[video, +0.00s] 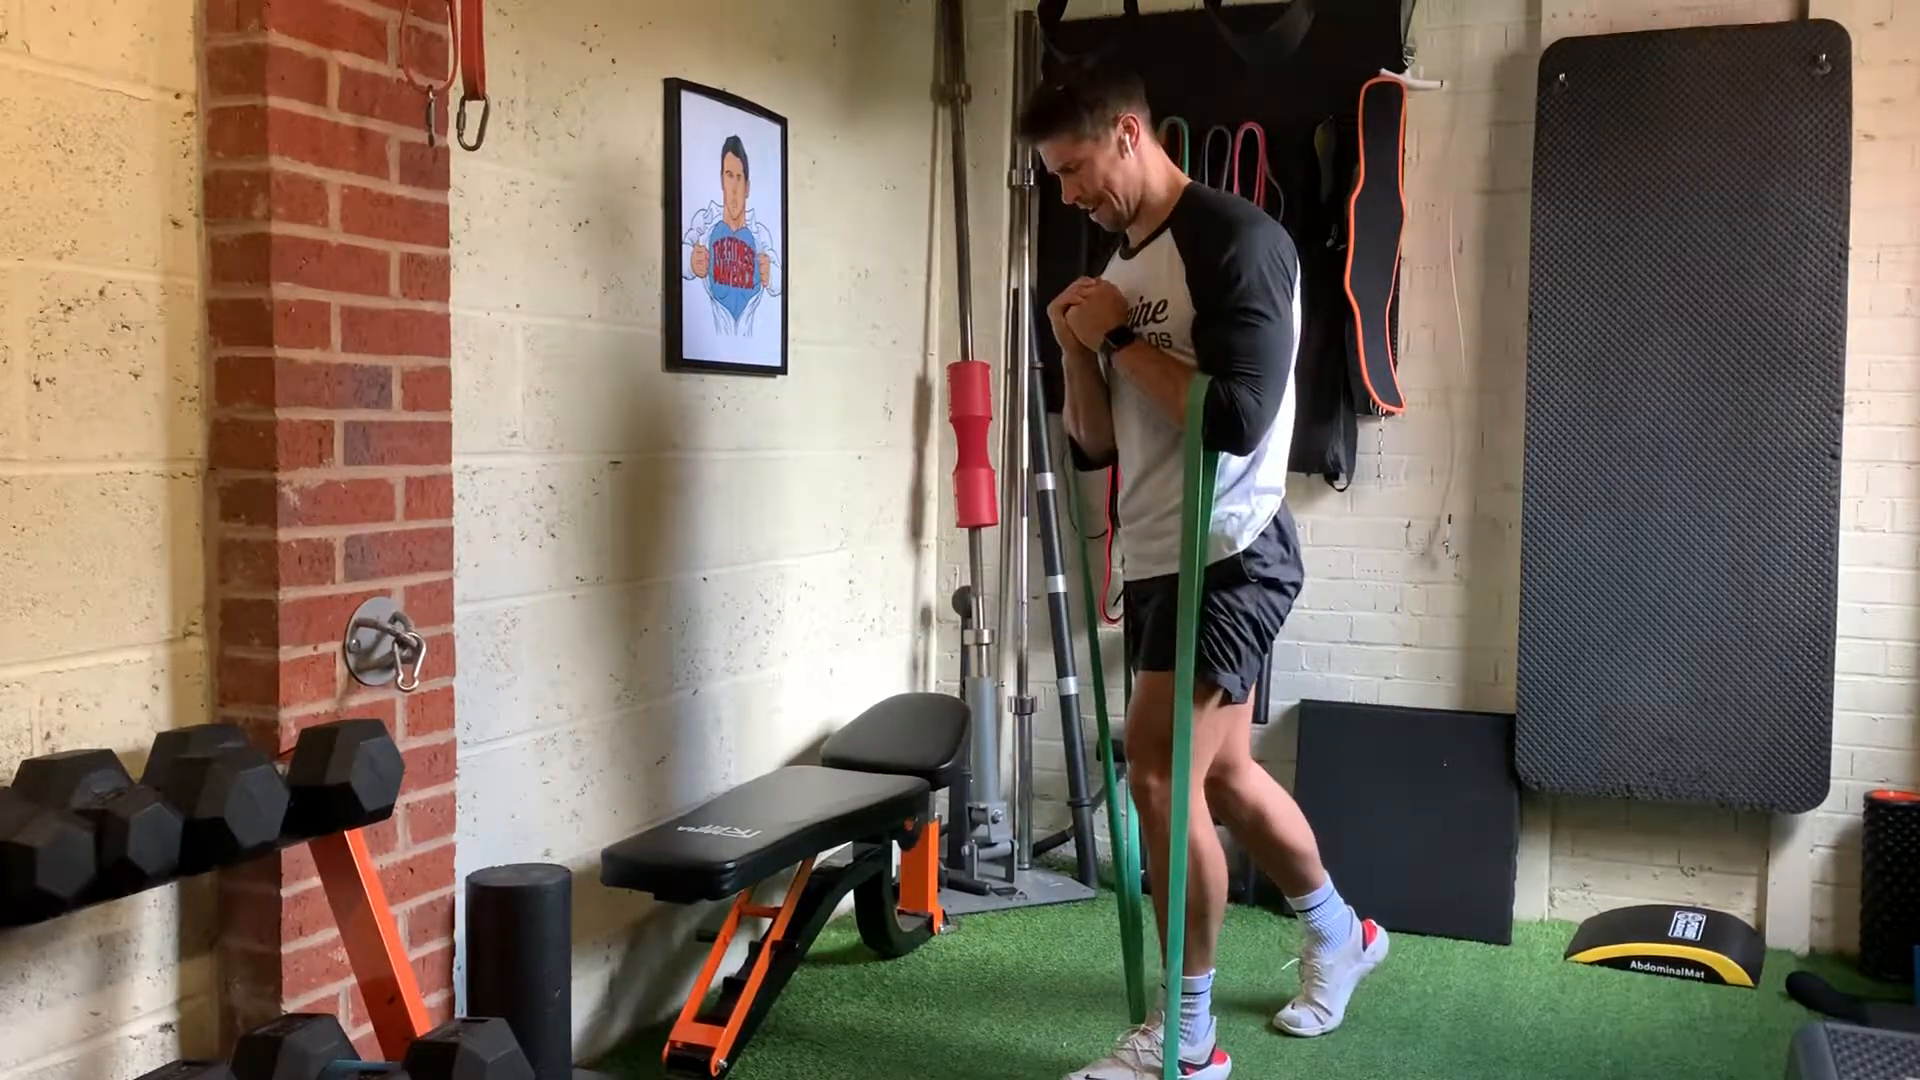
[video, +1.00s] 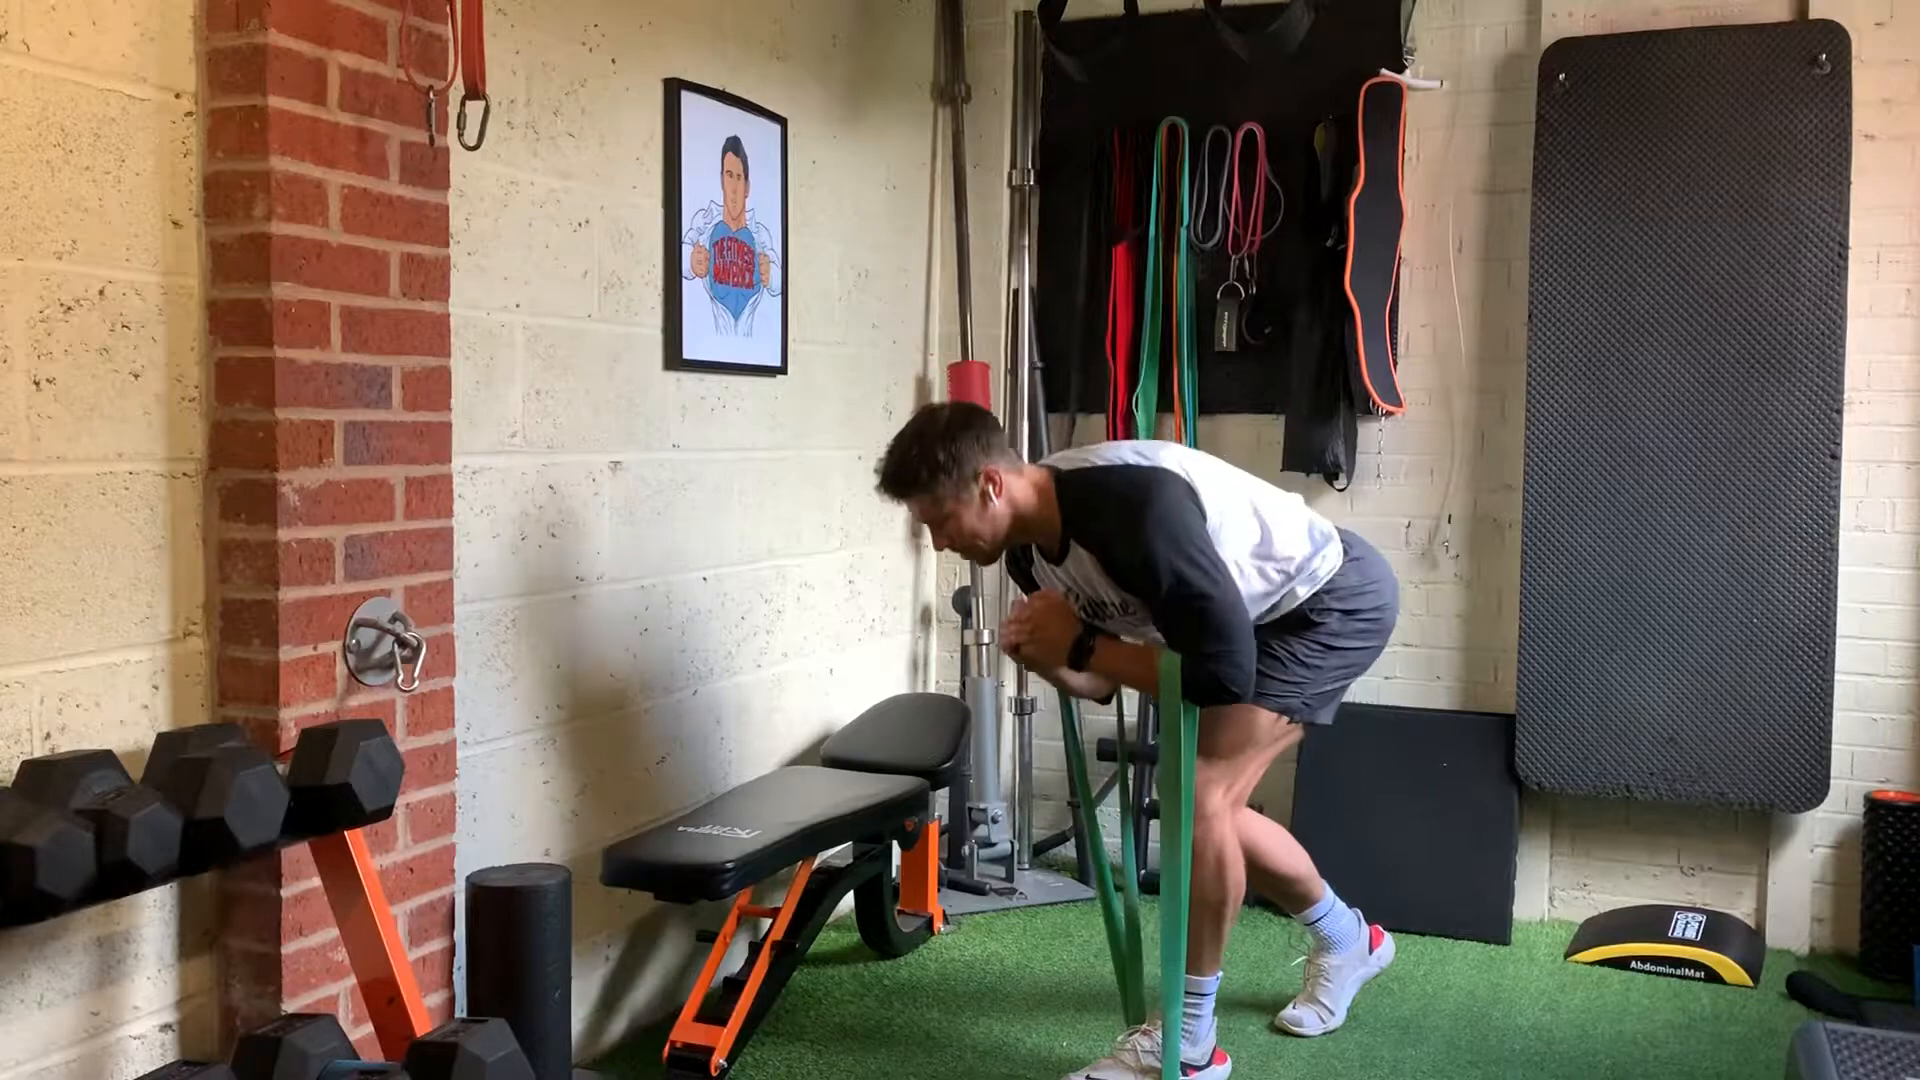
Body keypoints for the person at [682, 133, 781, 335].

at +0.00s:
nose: (733, 185)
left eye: (739, 176)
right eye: (729, 175)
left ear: (748, 186)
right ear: (721, 181)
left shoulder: (760, 233)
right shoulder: (705, 222)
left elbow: (779, 286)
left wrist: (770, 275)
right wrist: (692, 266)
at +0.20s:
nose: (733, 185)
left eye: (739, 177)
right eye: (728, 175)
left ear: (747, 187)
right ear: (721, 181)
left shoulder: (760, 234)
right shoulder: (704, 227)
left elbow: (779, 287)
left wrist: (770, 276)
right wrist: (692, 267)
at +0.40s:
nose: (733, 185)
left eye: (739, 176)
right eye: (729, 175)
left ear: (748, 186)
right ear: (721, 181)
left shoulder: (760, 232)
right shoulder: (704, 223)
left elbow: (779, 287)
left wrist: (770, 275)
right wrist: (692, 267)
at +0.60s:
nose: (733, 185)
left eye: (739, 177)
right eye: (729, 175)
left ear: (748, 187)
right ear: (721, 182)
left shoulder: (759, 233)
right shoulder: (705, 223)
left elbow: (778, 286)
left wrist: (770, 274)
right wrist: (692, 267)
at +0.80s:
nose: (733, 185)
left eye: (739, 177)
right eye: (728, 175)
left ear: (747, 187)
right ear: (721, 182)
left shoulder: (759, 233)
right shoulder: (705, 225)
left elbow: (778, 287)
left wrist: (770, 274)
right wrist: (693, 267)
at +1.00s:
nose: (733, 185)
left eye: (739, 177)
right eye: (728, 175)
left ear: (747, 187)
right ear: (721, 181)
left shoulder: (760, 233)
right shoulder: (705, 225)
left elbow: (779, 286)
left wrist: (770, 275)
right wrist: (692, 267)